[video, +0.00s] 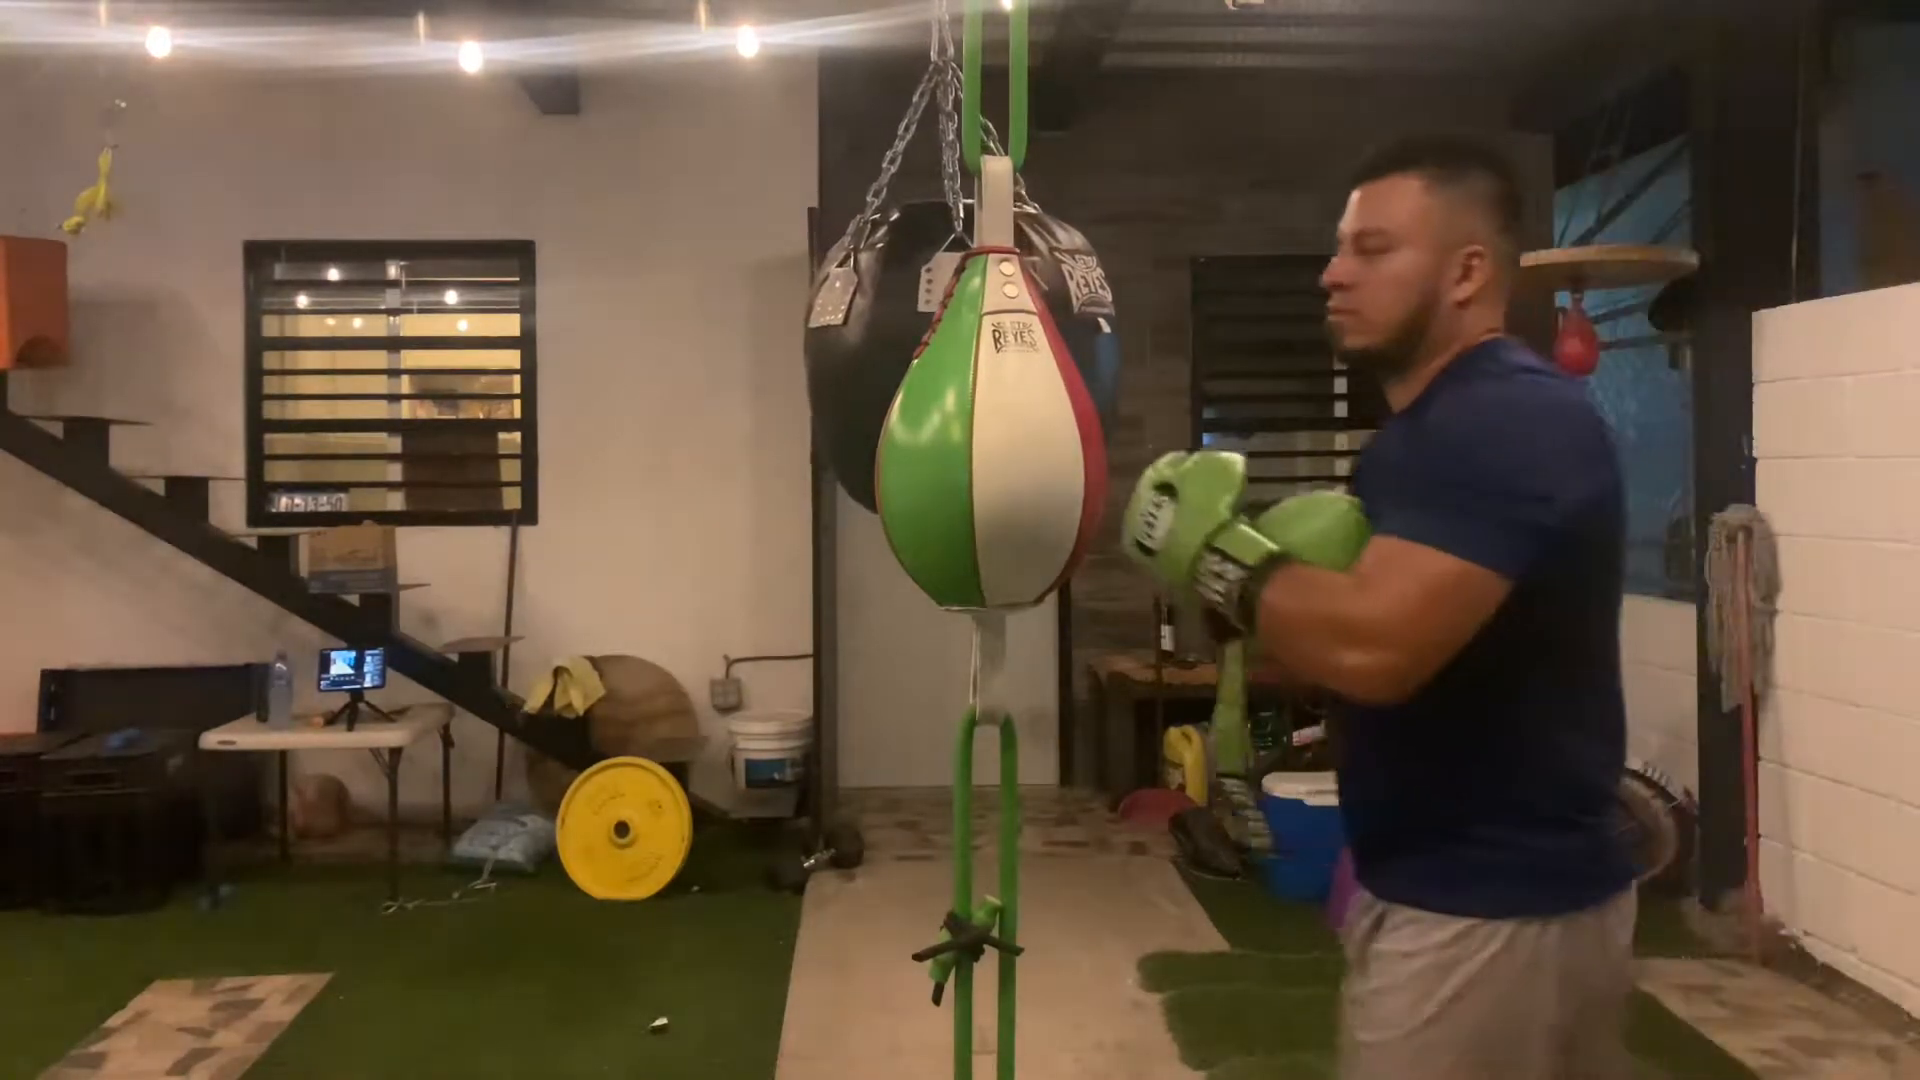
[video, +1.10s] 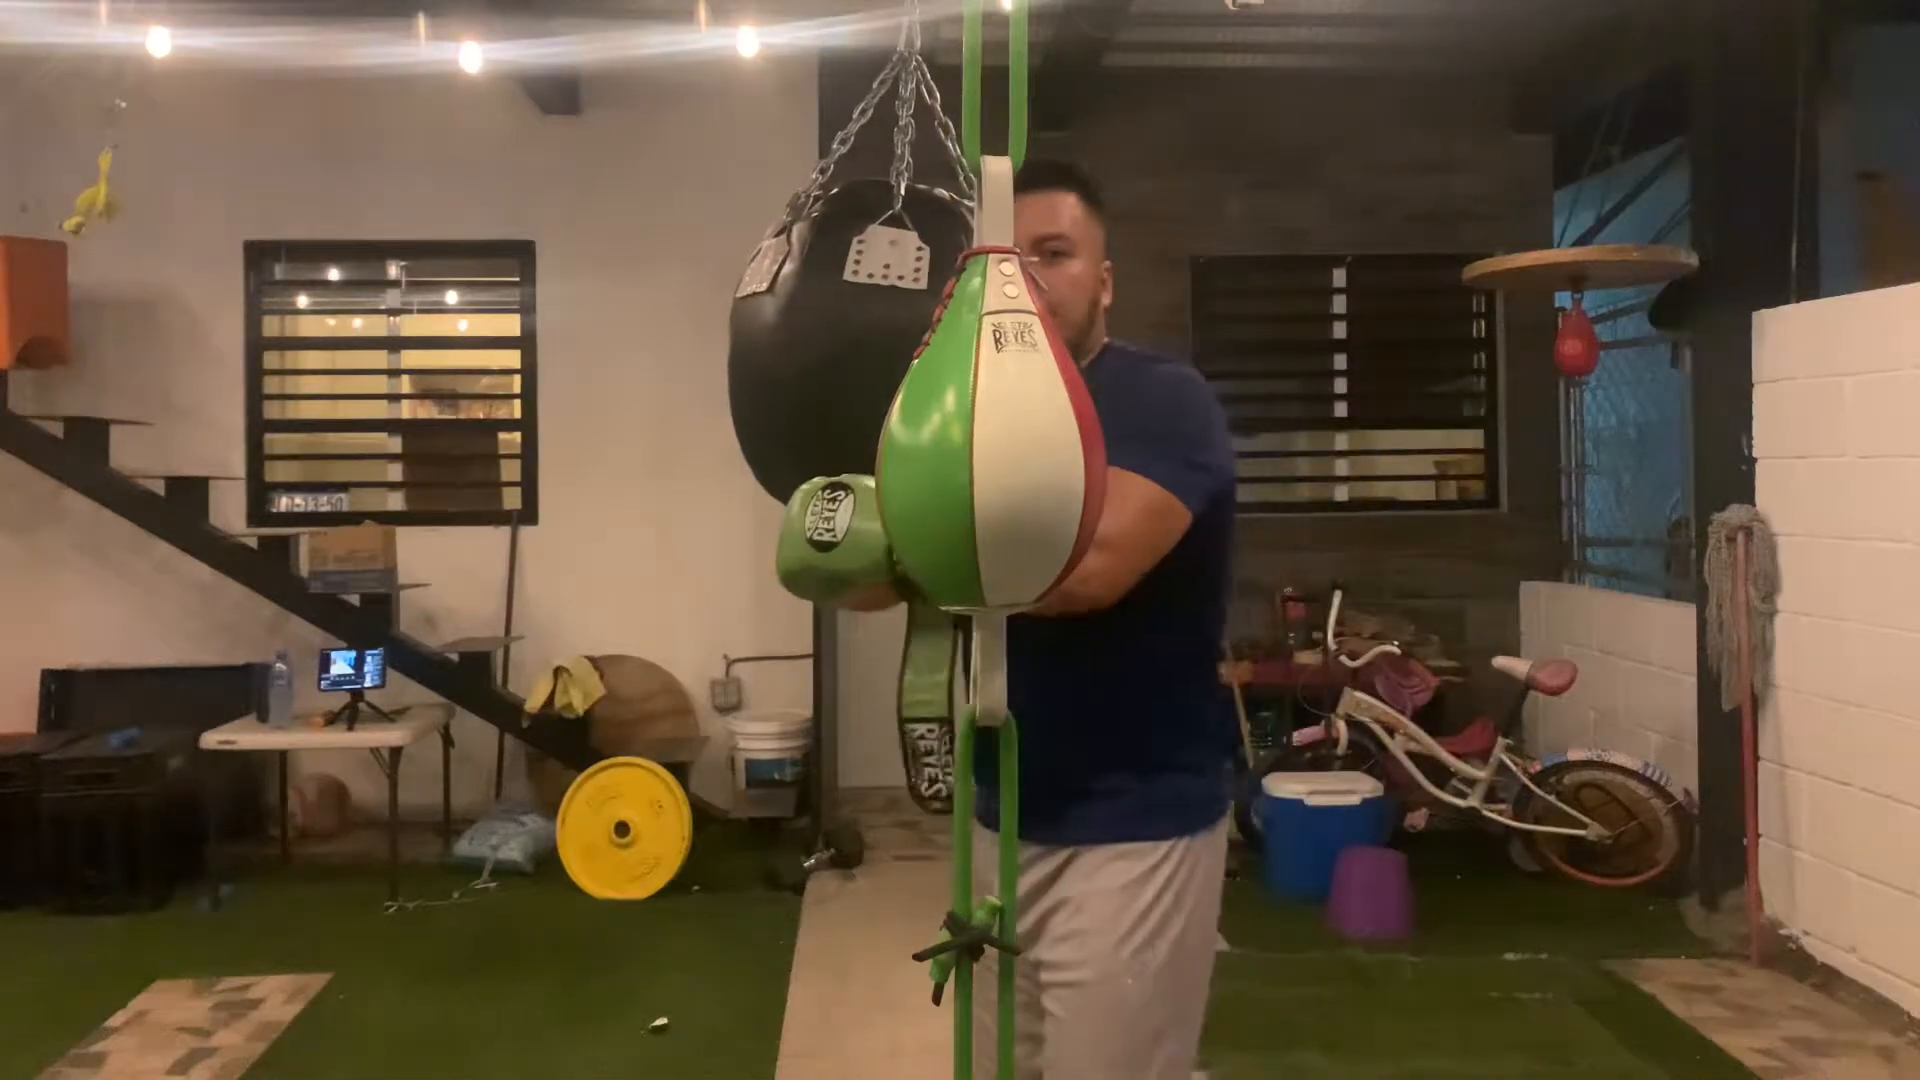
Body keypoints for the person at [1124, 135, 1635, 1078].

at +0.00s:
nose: (1333, 275)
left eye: (1371, 248)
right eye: (1338, 250)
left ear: (1467, 273)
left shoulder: (1508, 416)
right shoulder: (1428, 425)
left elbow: (1375, 647)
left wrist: (1223, 561)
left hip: (1488, 917)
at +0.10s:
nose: (1298, 267)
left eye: (1339, 240)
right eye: (1300, 243)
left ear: (1432, 265)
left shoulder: (1479, 404)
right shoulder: (1366, 427)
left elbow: (1317, 630)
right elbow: (1321, 601)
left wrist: (1174, 533)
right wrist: (1223, 551)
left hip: (1468, 910)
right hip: (1363, 886)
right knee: (1299, 1063)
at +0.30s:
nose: (1242, 264)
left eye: (1284, 239)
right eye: (1242, 241)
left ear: (1374, 269)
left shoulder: (1418, 398)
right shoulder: (1317, 423)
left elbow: (1241, 592)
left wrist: (1125, 502)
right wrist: (1149, 510)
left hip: (1427, 909)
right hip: (1303, 890)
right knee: (1246, 1069)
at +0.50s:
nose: (1178, 271)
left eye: (1218, 247)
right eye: (1170, 251)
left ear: (1299, 279)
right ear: (1157, 274)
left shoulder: (1354, 406)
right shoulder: (1186, 447)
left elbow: (1195, 587)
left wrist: (1028, 531)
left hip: (1350, 905)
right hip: (1212, 887)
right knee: (1164, 1063)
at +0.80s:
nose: (1088, 280)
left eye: (1123, 255)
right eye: (1070, 259)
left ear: (1182, 285)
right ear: (1050, 285)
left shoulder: (1233, 407)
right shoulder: (1069, 424)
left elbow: (1110, 580)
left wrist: (951, 530)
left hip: (1205, 884)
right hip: (1074, 865)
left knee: (1210, 1068)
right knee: (1059, 1066)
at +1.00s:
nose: (1040, 280)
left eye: (1069, 256)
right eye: (1020, 259)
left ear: (1124, 281)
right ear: (997, 279)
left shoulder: (1181, 403)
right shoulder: (994, 413)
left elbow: (1097, 577)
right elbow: (891, 583)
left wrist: (927, 548)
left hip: (1148, 841)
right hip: (1012, 827)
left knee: (1119, 1067)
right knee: (1006, 1066)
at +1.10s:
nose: (1027, 280)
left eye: (1054, 253)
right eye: (1005, 259)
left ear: (1105, 274)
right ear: (979, 279)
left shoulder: (1166, 400)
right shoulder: (969, 410)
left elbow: (1089, 574)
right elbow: (869, 582)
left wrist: (921, 550)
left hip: (1134, 831)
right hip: (999, 818)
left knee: (1107, 1067)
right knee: (999, 1065)